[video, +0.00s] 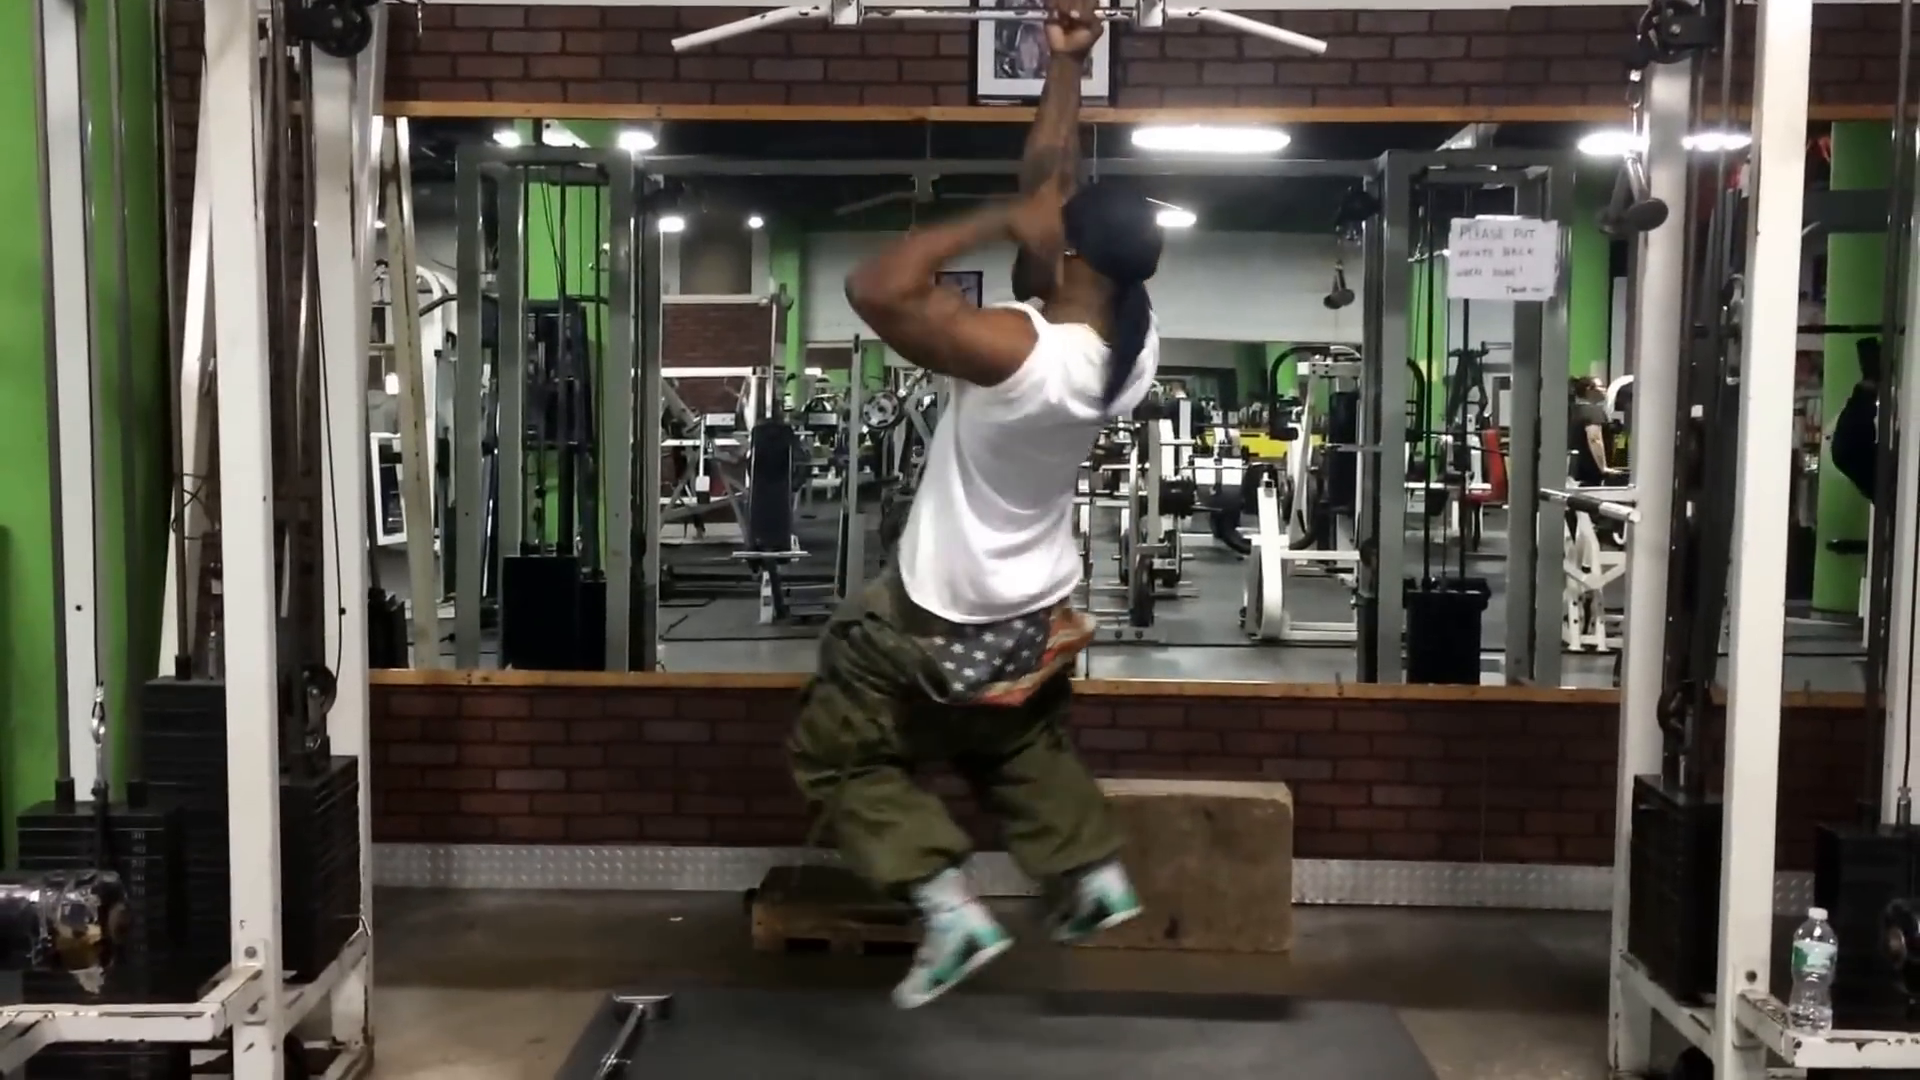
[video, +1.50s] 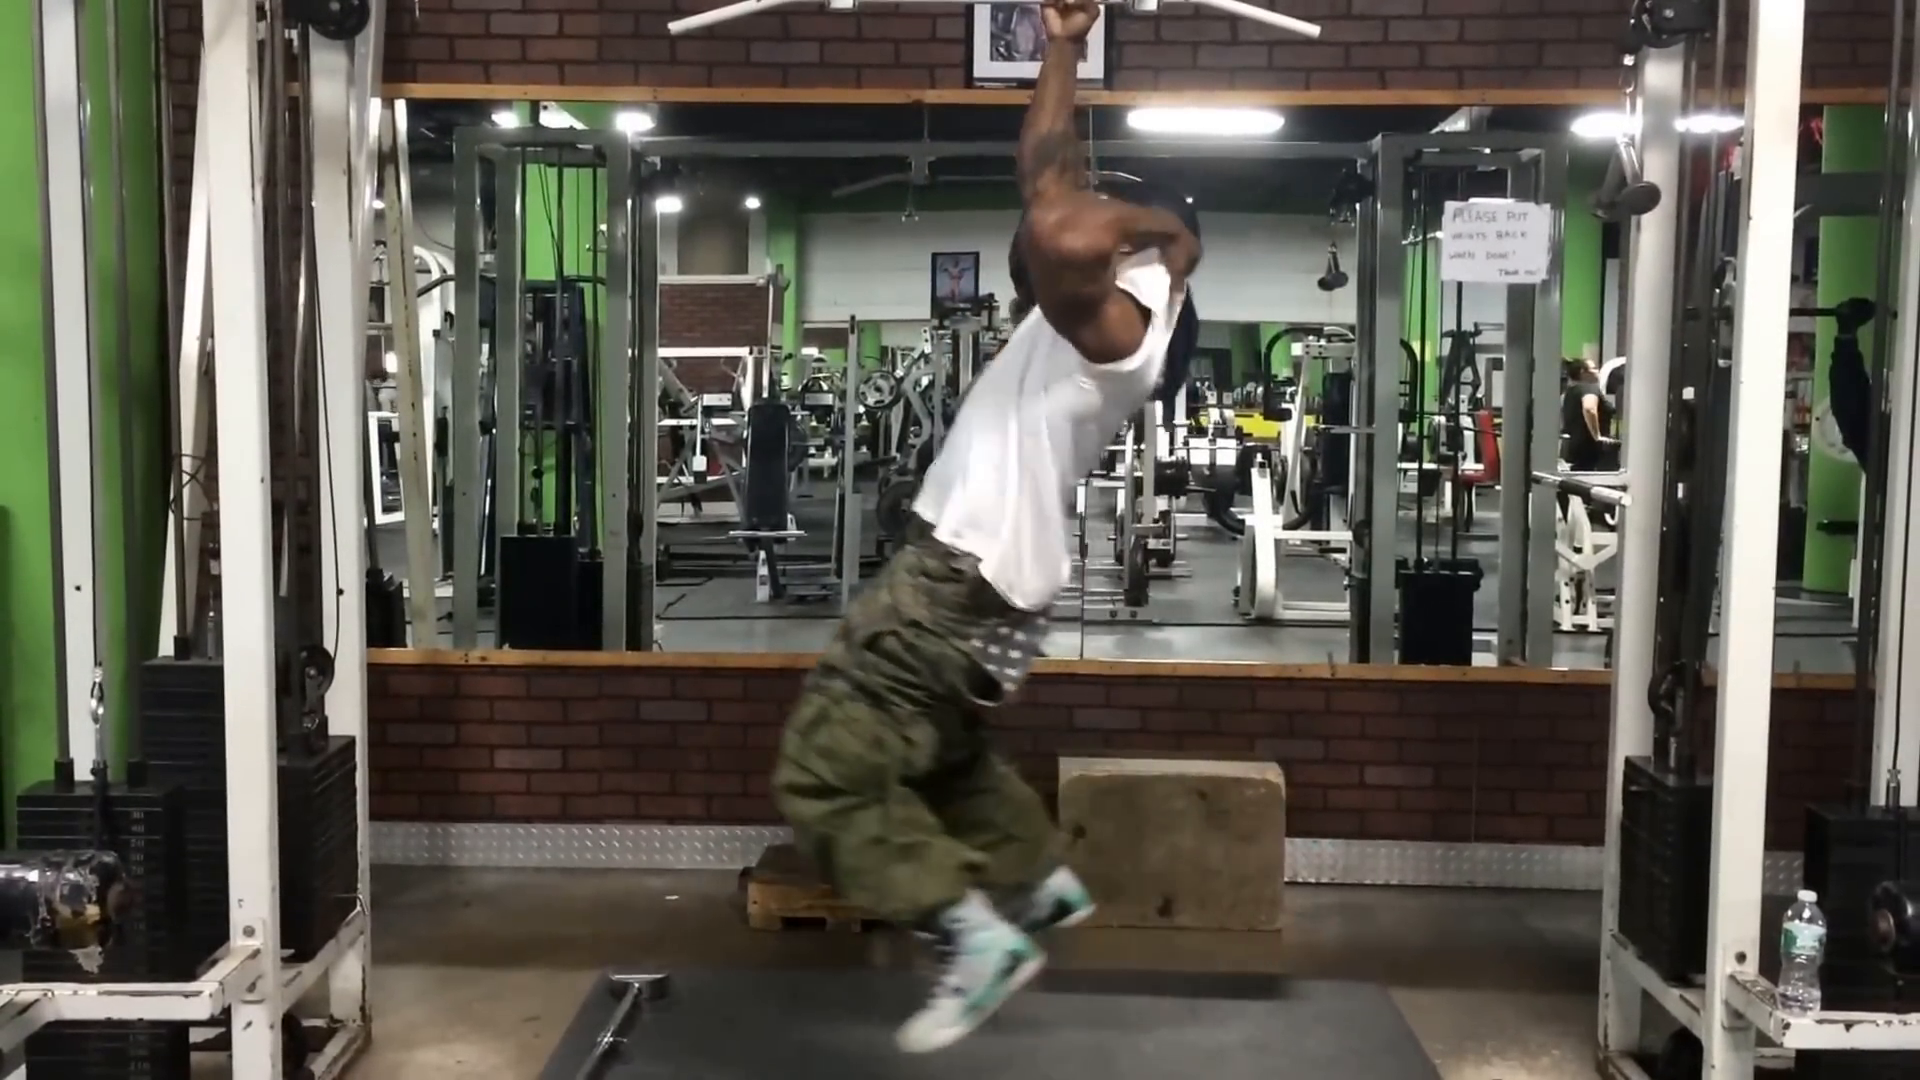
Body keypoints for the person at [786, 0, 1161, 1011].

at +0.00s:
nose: (1045, 227)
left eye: (1054, 221)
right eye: (1055, 215)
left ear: (1066, 253)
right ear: (1129, 264)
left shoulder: (1015, 345)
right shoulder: (1124, 337)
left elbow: (877, 289)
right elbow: (1048, 194)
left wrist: (998, 223)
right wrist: (1064, 64)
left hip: (936, 626)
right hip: (1043, 611)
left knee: (838, 752)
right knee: (1013, 736)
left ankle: (947, 907)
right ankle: (1094, 876)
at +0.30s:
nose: (1087, 253)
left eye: (1101, 243)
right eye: (1091, 242)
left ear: (1137, 266)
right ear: (1150, 262)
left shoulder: (1125, 365)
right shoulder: (1148, 315)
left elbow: (978, 349)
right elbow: (1061, 180)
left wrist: (1085, 284)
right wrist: (1068, 54)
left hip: (1052, 609)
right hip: (1114, 591)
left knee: (985, 784)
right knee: (1085, 722)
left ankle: (1154, 881)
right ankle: (1212, 808)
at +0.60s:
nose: (1128, 248)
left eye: (1143, 237)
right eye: (1133, 236)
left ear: (1195, 247)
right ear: (1176, 247)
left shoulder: (1215, 336)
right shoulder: (1171, 296)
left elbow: (1131, 304)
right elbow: (1075, 176)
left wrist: (1199, 247)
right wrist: (1069, 49)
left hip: (1143, 591)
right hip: (1146, 573)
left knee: (1107, 817)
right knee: (1159, 712)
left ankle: (1287, 846)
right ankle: (1282, 773)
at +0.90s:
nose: (1142, 203)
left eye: (1154, 192)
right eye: (1150, 190)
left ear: (1191, 213)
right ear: (1187, 213)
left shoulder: (1220, 293)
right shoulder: (1156, 258)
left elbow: (1163, 275)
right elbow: (1073, 174)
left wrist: (1203, 163)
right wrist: (1068, 46)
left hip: (1149, 566)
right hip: (1117, 555)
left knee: (1115, 809)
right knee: (1136, 716)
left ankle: (1296, 853)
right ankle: (1277, 782)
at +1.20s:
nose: (1145, 248)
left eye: (1164, 243)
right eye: (1155, 240)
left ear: (1200, 270)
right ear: (1167, 259)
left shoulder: (1177, 329)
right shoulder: (1128, 305)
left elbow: (1091, 243)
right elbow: (1056, 174)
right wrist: (1066, 47)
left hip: (1060, 590)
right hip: (1065, 585)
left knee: (998, 808)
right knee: (1066, 757)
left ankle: (1187, 893)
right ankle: (1195, 847)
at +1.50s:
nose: (1078, 244)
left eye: (1098, 231)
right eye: (1090, 229)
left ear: (1135, 255)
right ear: (1123, 247)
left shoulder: (1124, 335)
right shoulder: (1102, 318)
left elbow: (1053, 239)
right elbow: (1046, 176)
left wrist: (1161, 228)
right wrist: (1064, 44)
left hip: (963, 571)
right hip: (997, 581)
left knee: (827, 768)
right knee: (934, 741)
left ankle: (976, 939)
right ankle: (1035, 881)